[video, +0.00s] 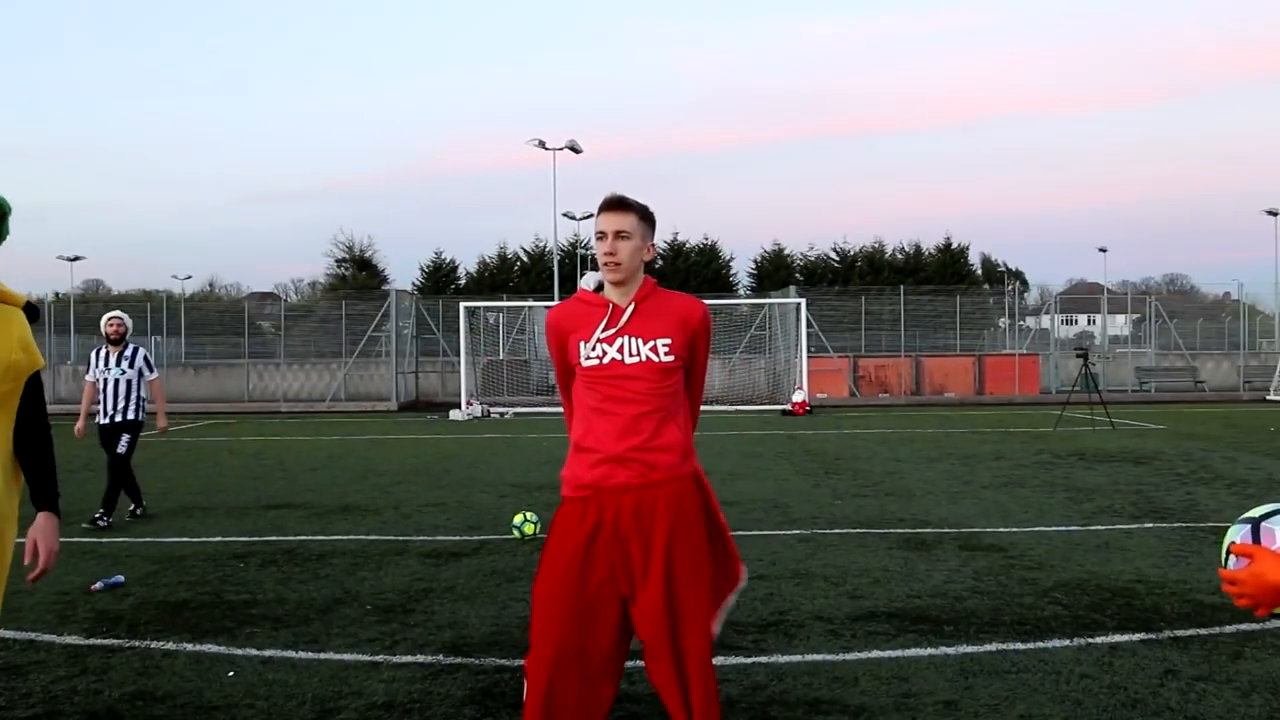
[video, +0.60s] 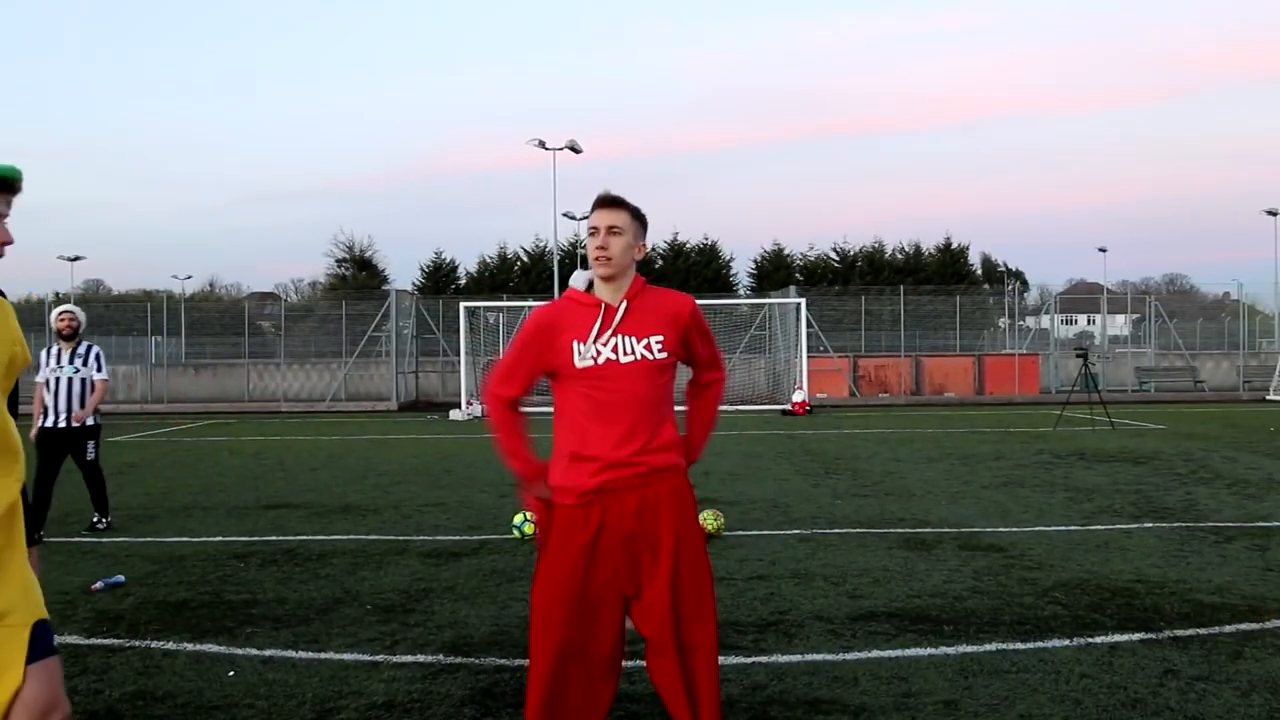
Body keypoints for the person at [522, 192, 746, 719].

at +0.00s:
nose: (609, 247)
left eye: (622, 237)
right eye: (601, 237)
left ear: (649, 250)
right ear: (592, 246)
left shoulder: (688, 314)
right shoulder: (564, 319)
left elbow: (690, 407)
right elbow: (572, 409)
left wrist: (659, 465)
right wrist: (601, 466)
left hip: (667, 503)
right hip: (587, 506)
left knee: (683, 657)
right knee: (553, 657)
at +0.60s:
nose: (601, 243)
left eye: (615, 233)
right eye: (593, 233)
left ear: (640, 246)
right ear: (586, 244)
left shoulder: (677, 311)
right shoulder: (552, 319)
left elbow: (709, 376)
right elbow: (497, 393)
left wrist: (687, 451)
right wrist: (531, 476)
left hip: (660, 496)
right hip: (575, 504)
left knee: (685, 645)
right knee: (561, 653)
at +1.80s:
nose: (596, 256)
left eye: (606, 243)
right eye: (587, 248)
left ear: (635, 249)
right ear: (583, 258)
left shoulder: (666, 305)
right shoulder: (601, 304)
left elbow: (716, 398)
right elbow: (576, 273)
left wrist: (707, 484)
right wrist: (593, 242)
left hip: (647, 491)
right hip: (592, 490)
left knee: (658, 634)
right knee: (585, 637)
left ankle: (694, 715)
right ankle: (588, 717)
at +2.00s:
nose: (576, 256)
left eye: (587, 244)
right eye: (569, 248)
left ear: (615, 250)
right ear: (565, 257)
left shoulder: (649, 304)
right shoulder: (580, 312)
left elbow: (701, 391)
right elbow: (554, 322)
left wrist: (710, 479)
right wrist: (536, 326)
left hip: (631, 485)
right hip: (581, 486)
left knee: (613, 627)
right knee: (572, 633)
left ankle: (669, 714)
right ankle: (585, 718)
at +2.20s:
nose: (564, 256)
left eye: (574, 245)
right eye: (557, 248)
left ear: (605, 250)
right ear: (555, 257)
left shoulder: (638, 303)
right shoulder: (575, 310)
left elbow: (694, 391)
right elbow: (555, 353)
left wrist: (698, 477)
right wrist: (532, 384)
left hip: (623, 483)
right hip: (580, 484)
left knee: (611, 625)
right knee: (574, 624)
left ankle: (629, 715)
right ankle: (584, 714)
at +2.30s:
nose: (559, 257)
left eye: (570, 245)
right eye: (553, 249)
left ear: (601, 251)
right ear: (551, 258)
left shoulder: (635, 304)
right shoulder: (575, 311)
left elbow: (693, 391)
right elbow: (560, 369)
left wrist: (690, 476)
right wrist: (538, 402)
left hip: (620, 486)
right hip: (578, 486)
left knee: (612, 628)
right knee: (577, 626)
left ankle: (623, 715)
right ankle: (586, 713)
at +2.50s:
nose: (543, 263)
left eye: (552, 250)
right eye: (541, 253)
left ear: (590, 250)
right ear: (579, 254)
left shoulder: (628, 305)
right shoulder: (580, 309)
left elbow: (691, 397)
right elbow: (594, 401)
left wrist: (662, 478)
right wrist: (560, 457)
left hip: (614, 493)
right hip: (577, 493)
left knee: (603, 639)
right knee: (576, 638)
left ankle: (615, 716)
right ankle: (583, 715)